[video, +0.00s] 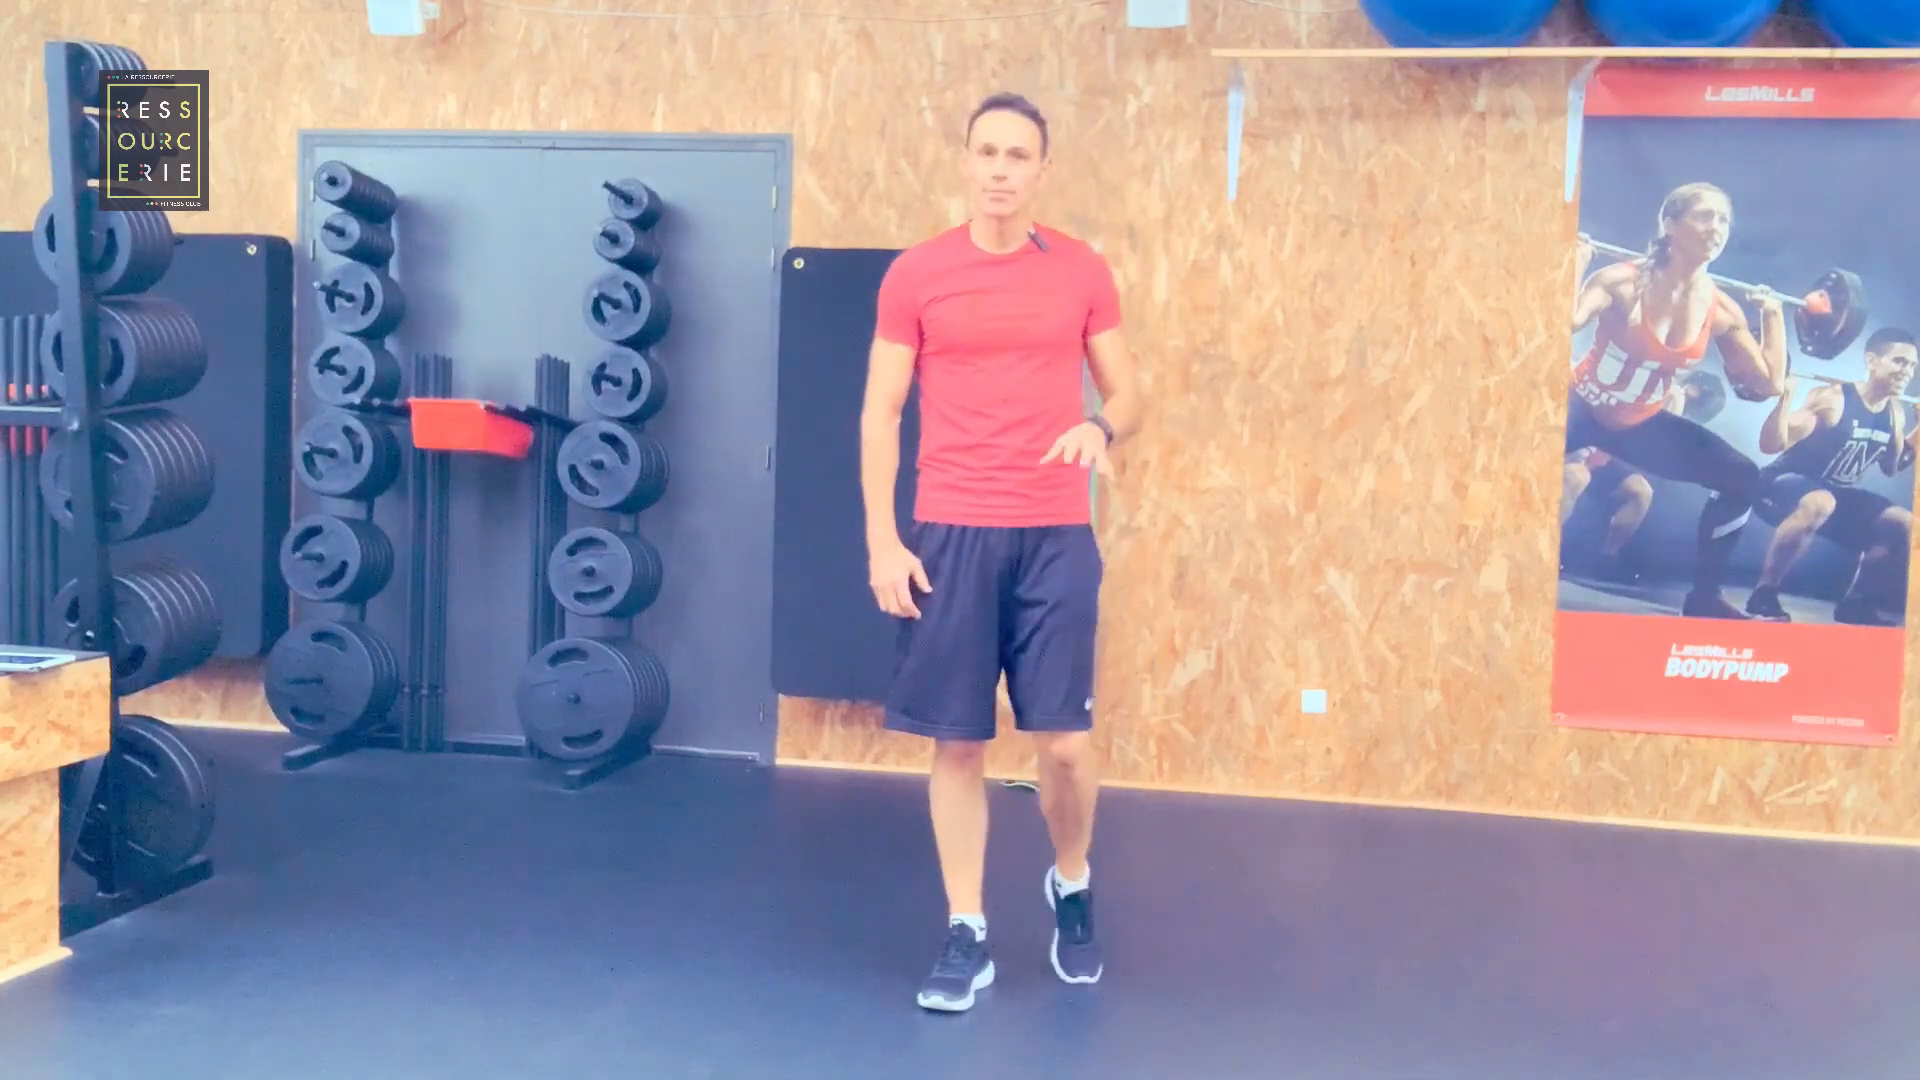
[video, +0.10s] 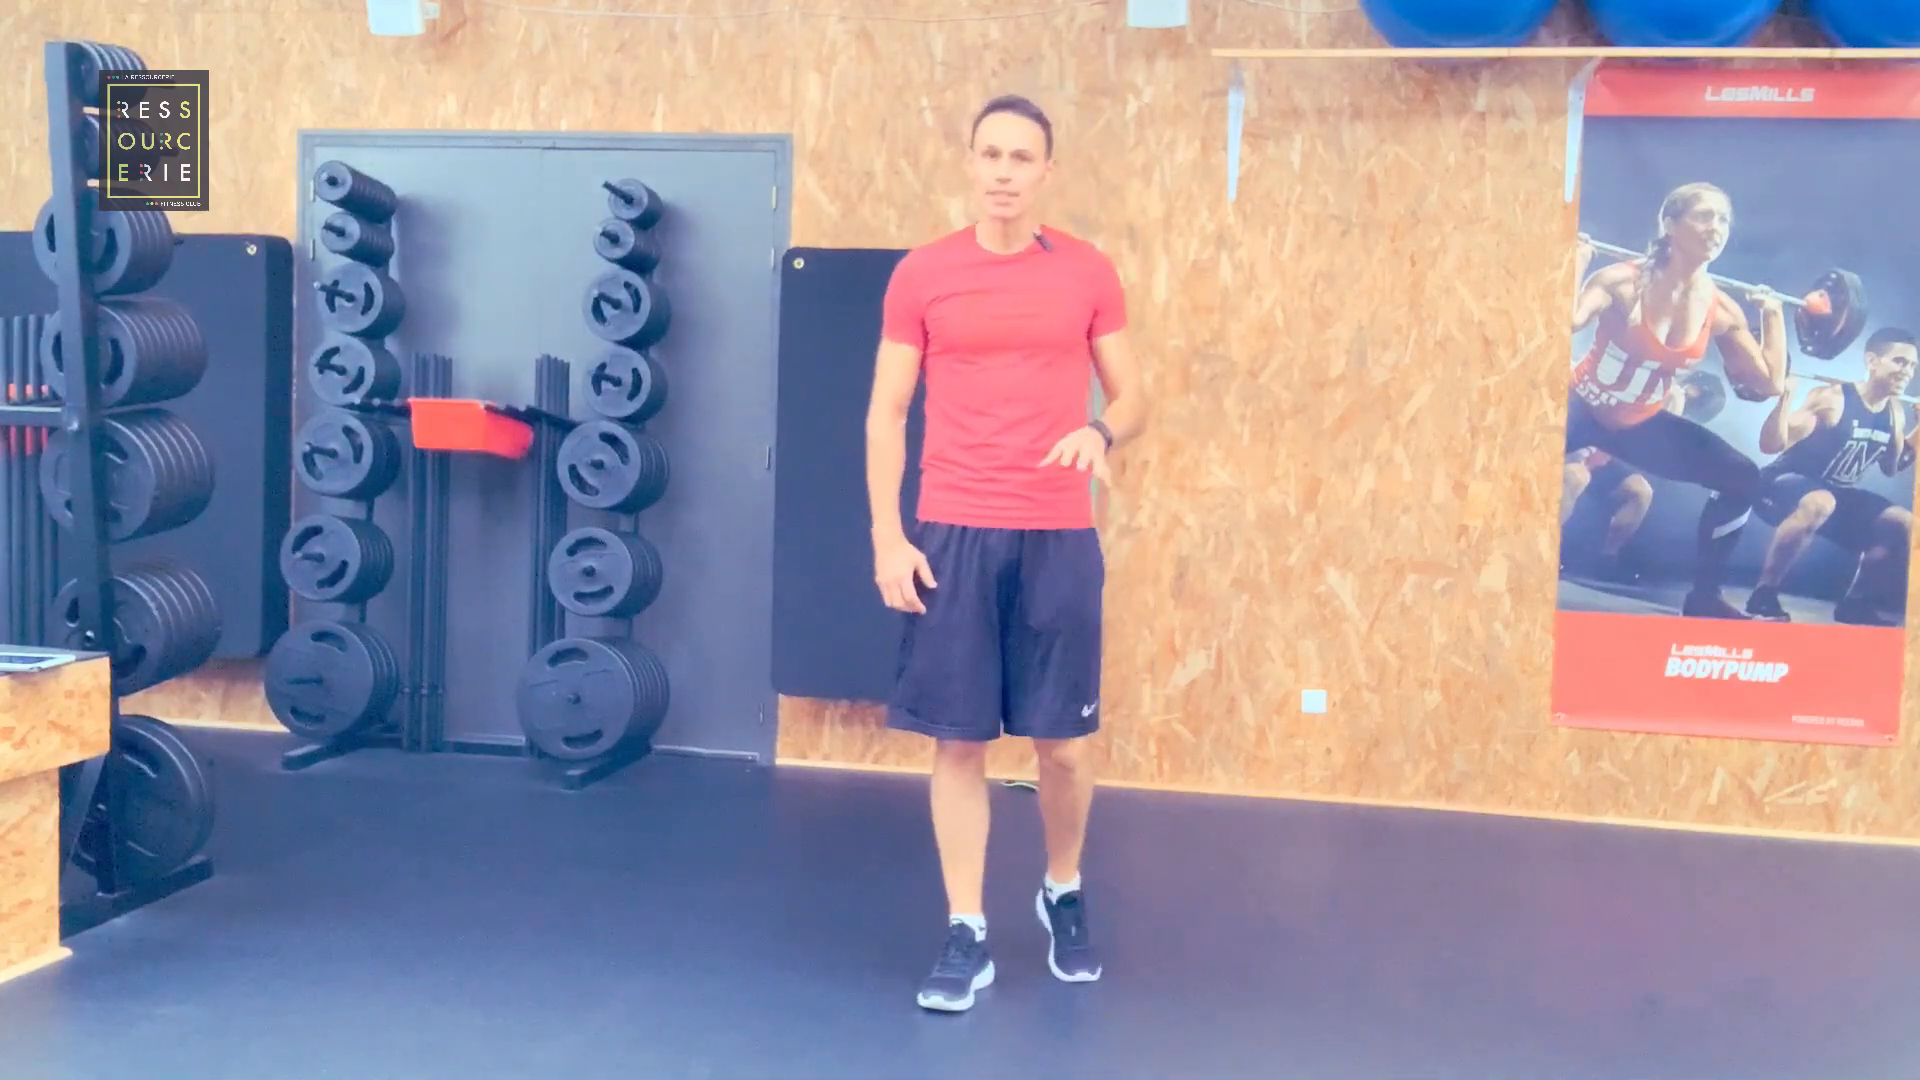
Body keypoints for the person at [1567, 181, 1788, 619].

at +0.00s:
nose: (1716, 228)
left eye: (1724, 220)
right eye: (1704, 216)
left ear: (1728, 232)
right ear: (1670, 224)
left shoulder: (1722, 311)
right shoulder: (1620, 279)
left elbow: (1769, 386)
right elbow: (1559, 325)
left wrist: (1773, 313)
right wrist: (1573, 268)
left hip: (1644, 425)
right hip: (1578, 410)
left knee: (1742, 478)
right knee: (1511, 454)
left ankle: (1705, 597)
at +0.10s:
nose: (1716, 228)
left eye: (1724, 220)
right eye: (1704, 216)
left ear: (1729, 232)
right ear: (1670, 224)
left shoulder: (1721, 310)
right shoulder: (1620, 279)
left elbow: (1770, 385)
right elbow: (1558, 326)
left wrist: (1773, 312)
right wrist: (1573, 268)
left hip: (1644, 425)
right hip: (1578, 409)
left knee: (1742, 478)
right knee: (1510, 454)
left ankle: (1705, 597)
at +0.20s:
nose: (1716, 228)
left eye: (1724, 220)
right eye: (1704, 216)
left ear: (1728, 232)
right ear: (1670, 224)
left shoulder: (1722, 311)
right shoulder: (1620, 279)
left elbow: (1769, 386)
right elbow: (1559, 325)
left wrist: (1773, 313)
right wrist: (1572, 268)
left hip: (1644, 425)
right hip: (1578, 410)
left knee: (1742, 478)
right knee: (1510, 454)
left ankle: (1705, 598)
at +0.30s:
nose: (1716, 228)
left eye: (1724, 220)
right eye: (1704, 216)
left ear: (1728, 232)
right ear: (1670, 224)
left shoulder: (1722, 311)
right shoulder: (1620, 279)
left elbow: (1769, 386)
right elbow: (1558, 325)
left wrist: (1773, 313)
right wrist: (1573, 268)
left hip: (1644, 425)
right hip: (1578, 410)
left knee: (1742, 478)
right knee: (1510, 455)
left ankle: (1705, 598)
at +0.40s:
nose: (1716, 228)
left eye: (1724, 220)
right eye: (1704, 216)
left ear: (1728, 232)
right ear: (1670, 224)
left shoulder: (1722, 311)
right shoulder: (1620, 279)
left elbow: (1769, 386)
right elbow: (1558, 325)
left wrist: (1773, 313)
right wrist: (1573, 268)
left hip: (1644, 425)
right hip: (1578, 410)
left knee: (1742, 477)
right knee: (1510, 455)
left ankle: (1705, 598)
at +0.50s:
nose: (1716, 228)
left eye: (1724, 220)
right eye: (1704, 216)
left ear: (1729, 232)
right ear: (1670, 224)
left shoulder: (1721, 310)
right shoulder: (1620, 279)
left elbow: (1770, 385)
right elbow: (1558, 326)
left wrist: (1773, 312)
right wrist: (1573, 268)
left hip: (1644, 425)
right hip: (1578, 409)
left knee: (1742, 478)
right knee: (1508, 454)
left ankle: (1705, 598)